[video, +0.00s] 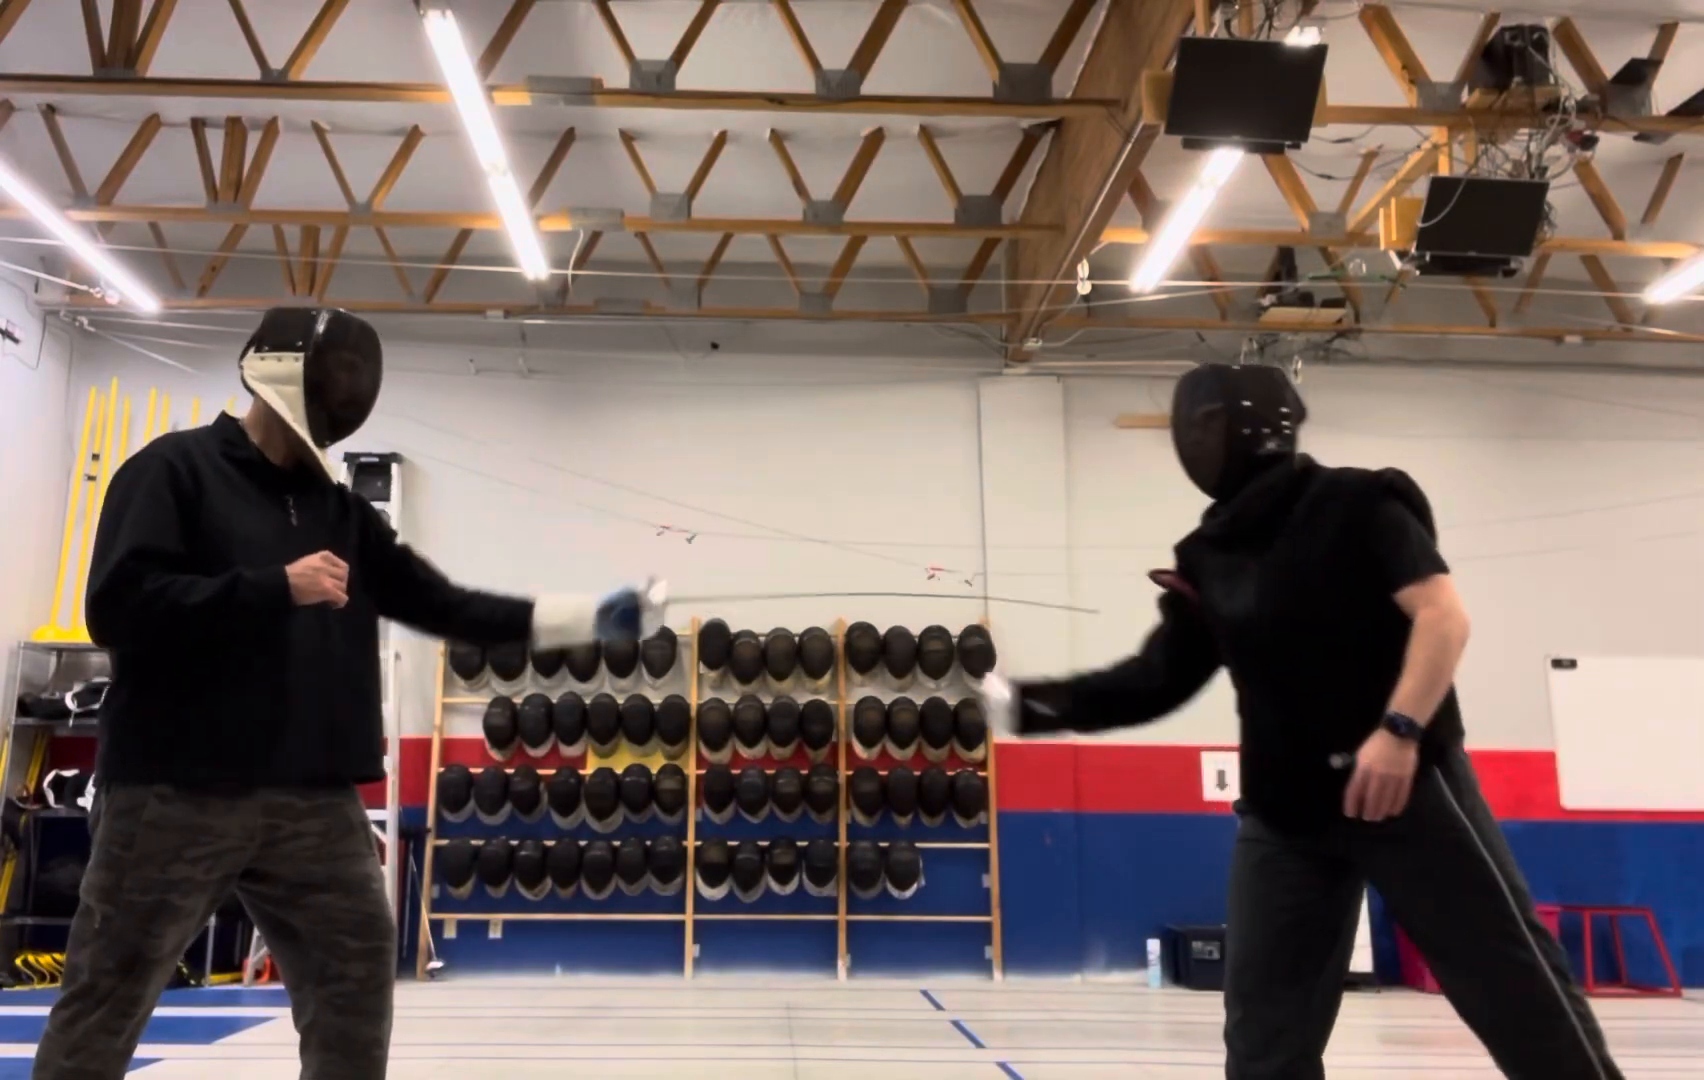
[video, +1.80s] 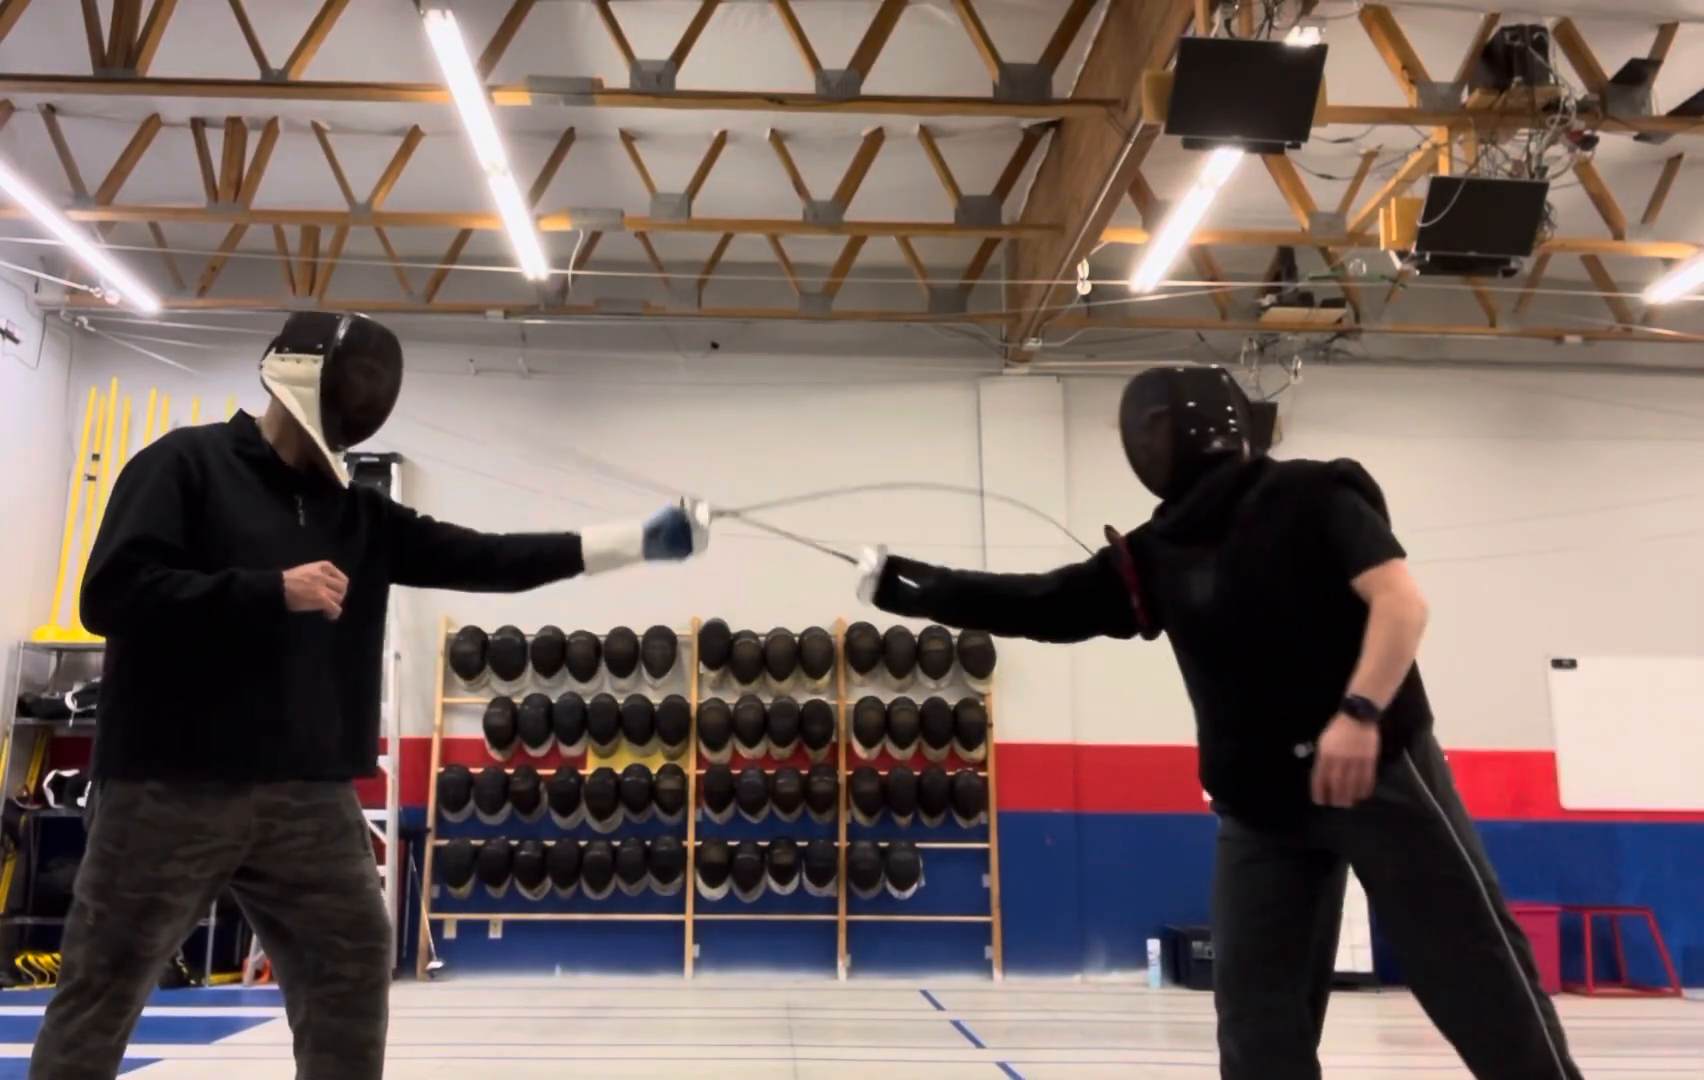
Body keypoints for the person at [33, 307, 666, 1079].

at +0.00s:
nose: (327, 435)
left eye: (338, 418)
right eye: (317, 413)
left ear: (342, 407)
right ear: (273, 387)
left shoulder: (337, 511)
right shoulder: (165, 474)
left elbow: (441, 606)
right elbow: (117, 604)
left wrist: (585, 623)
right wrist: (273, 586)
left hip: (310, 803)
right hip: (172, 796)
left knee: (353, 996)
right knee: (102, 1008)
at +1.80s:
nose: (351, 428)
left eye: (363, 412)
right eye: (340, 402)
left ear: (364, 412)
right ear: (289, 380)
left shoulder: (358, 516)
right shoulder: (180, 465)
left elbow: (486, 558)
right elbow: (110, 592)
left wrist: (634, 542)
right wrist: (270, 590)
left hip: (306, 796)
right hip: (164, 791)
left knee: (349, 987)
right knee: (97, 1001)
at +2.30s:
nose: (350, 418)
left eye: (360, 402)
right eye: (338, 394)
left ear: (358, 401)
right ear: (283, 376)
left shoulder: (351, 511)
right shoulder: (171, 470)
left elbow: (477, 561)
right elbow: (110, 601)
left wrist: (627, 560)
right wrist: (270, 590)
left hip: (308, 800)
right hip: (167, 795)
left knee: (351, 998)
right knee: (99, 1007)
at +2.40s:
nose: (326, 438)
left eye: (337, 421)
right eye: (315, 416)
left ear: (343, 407)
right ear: (273, 386)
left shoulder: (338, 508)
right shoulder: (162, 473)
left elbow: (445, 607)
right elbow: (109, 605)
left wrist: (589, 619)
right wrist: (265, 589)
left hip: (306, 798)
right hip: (167, 793)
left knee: (350, 988)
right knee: (99, 1005)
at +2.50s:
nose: (332, 402)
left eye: (342, 388)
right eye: (318, 380)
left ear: (339, 395)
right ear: (266, 372)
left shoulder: (328, 507)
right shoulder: (158, 471)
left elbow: (401, 630)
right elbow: (101, 607)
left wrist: (526, 651)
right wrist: (256, 589)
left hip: (306, 797)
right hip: (165, 792)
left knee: (351, 969)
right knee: (102, 998)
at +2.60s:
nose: (328, 410)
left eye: (339, 396)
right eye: (312, 387)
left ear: (343, 404)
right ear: (258, 373)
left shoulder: (323, 510)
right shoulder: (153, 471)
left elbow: (392, 636)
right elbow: (92, 605)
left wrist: (514, 657)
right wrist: (248, 591)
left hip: (302, 798)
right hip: (163, 794)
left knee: (349, 972)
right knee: (100, 1000)